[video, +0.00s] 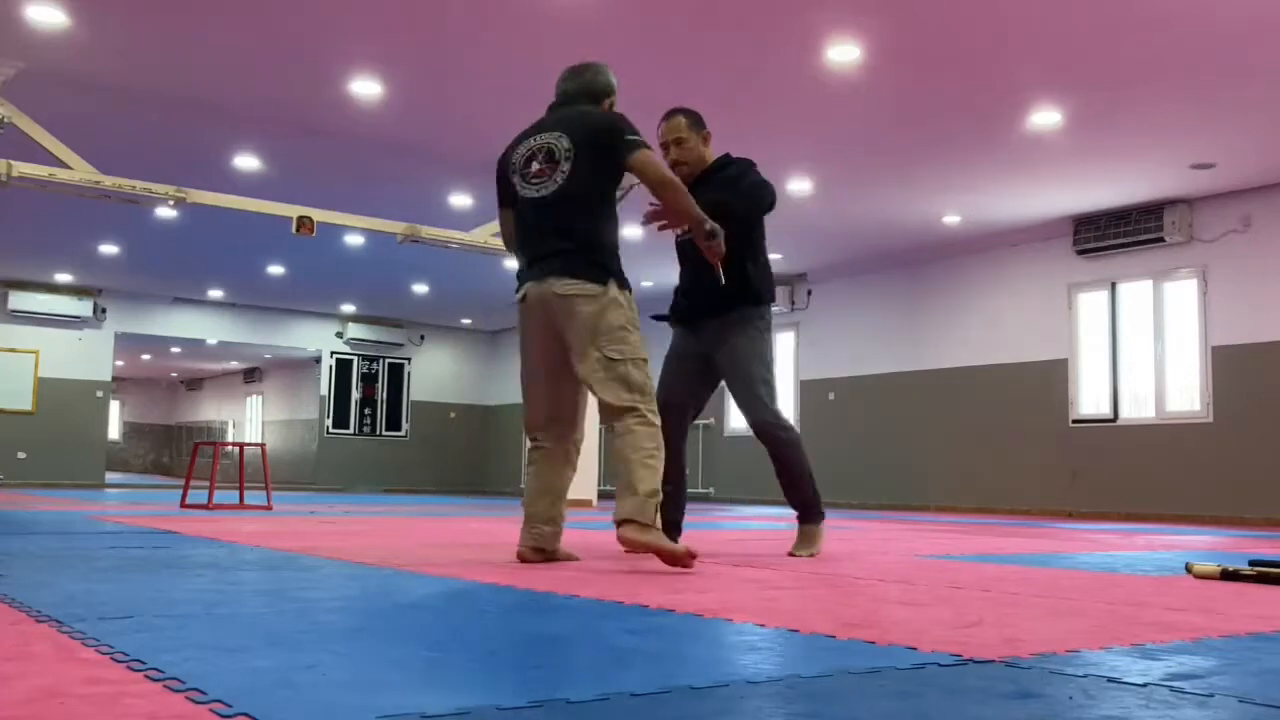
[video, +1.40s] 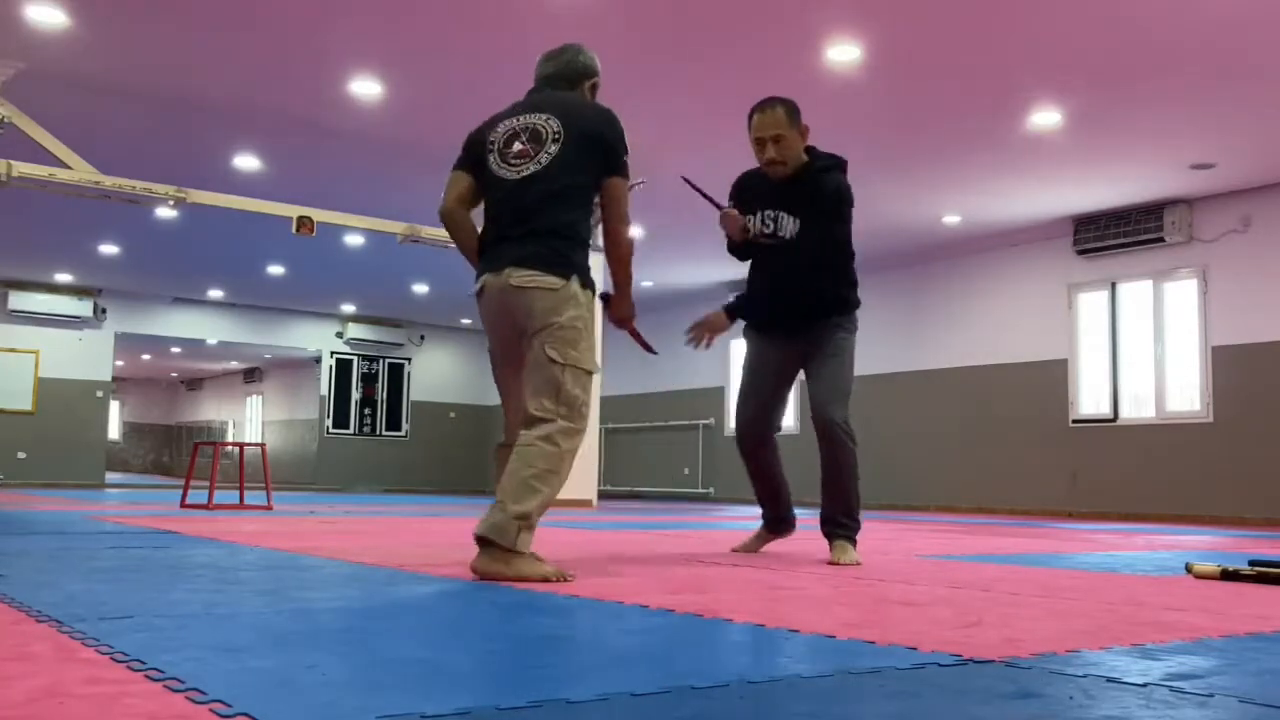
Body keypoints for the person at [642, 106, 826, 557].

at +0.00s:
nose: (672, 154)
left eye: (680, 143)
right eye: (665, 147)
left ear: (705, 141)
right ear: (661, 153)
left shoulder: (735, 171)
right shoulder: (680, 193)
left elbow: (761, 197)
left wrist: (691, 209)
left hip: (741, 320)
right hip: (692, 325)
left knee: (764, 418)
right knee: (668, 417)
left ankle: (811, 520)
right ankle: (666, 531)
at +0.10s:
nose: (654, 154)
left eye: (660, 144)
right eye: (649, 147)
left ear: (682, 144)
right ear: (649, 154)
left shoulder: (711, 172)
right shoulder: (667, 195)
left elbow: (753, 190)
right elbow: (684, 256)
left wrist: (725, 240)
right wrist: (672, 299)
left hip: (726, 319)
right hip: (682, 323)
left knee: (738, 421)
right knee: (654, 422)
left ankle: (818, 515)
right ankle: (664, 532)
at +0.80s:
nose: (675, 149)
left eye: (682, 139)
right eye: (665, 141)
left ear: (698, 142)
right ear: (650, 146)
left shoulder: (715, 194)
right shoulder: (635, 190)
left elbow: (732, 252)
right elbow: (620, 258)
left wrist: (745, 273)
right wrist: (678, 297)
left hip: (711, 327)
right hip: (655, 331)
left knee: (751, 423)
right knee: (650, 430)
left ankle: (771, 528)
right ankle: (657, 532)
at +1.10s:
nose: (705, 150)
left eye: (715, 140)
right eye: (696, 143)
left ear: (736, 142)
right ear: (686, 148)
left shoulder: (761, 186)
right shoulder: (674, 203)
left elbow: (772, 246)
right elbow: (656, 264)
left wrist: (740, 209)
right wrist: (652, 322)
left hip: (761, 334)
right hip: (700, 338)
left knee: (796, 424)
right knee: (667, 434)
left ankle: (834, 531)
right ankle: (661, 530)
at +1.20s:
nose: (724, 152)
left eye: (734, 140)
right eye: (715, 143)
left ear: (758, 137)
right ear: (707, 145)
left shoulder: (785, 177)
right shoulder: (714, 189)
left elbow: (771, 246)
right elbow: (710, 247)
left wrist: (706, 244)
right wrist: (697, 283)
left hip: (794, 327)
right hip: (736, 330)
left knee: (815, 422)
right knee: (701, 429)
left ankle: (840, 536)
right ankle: (673, 533)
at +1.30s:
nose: (749, 151)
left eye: (759, 139)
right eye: (740, 142)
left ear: (784, 136)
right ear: (733, 143)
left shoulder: (807, 184)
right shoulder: (744, 185)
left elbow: (763, 247)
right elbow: (763, 243)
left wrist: (688, 281)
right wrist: (736, 244)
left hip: (813, 323)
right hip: (756, 323)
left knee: (821, 419)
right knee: (728, 425)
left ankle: (841, 536)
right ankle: (741, 525)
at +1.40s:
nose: (769, 151)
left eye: (778, 140)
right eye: (760, 142)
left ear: (804, 136)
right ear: (752, 144)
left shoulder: (829, 186)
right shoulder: (749, 187)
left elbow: (801, 268)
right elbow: (744, 255)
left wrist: (731, 313)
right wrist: (737, 238)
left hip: (828, 323)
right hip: (772, 324)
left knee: (830, 419)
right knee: (751, 429)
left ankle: (842, 535)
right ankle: (778, 521)